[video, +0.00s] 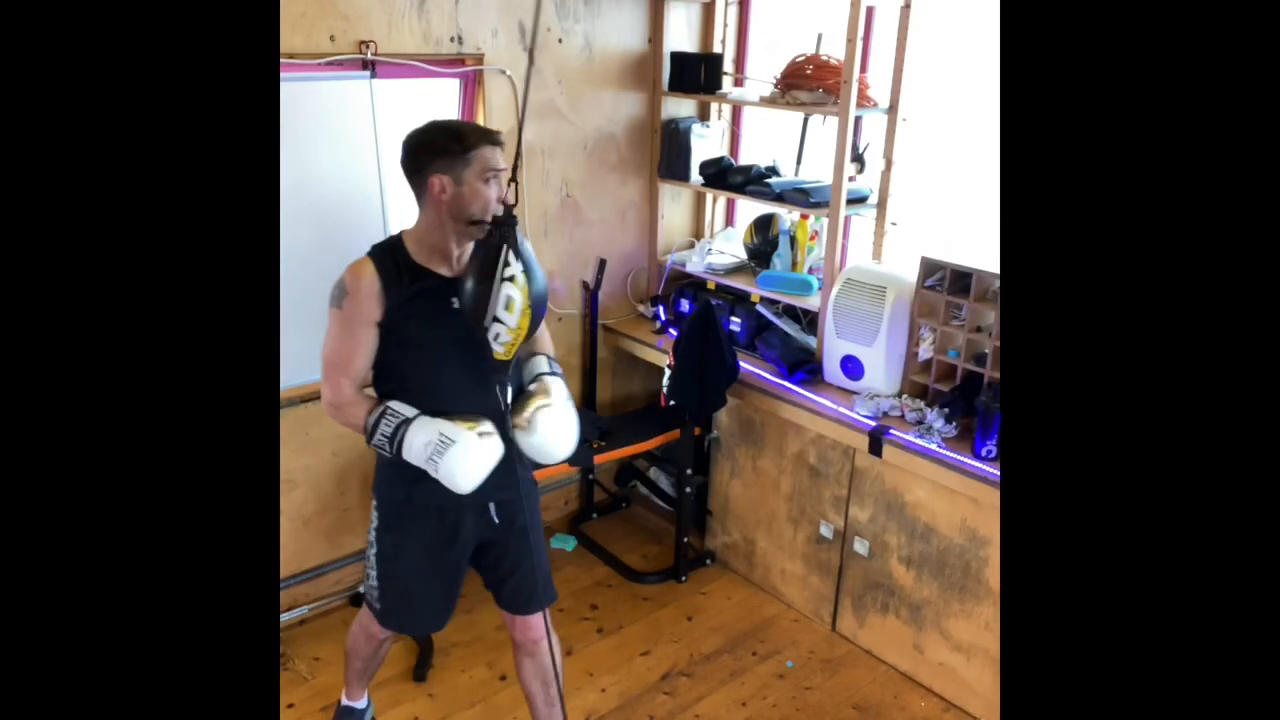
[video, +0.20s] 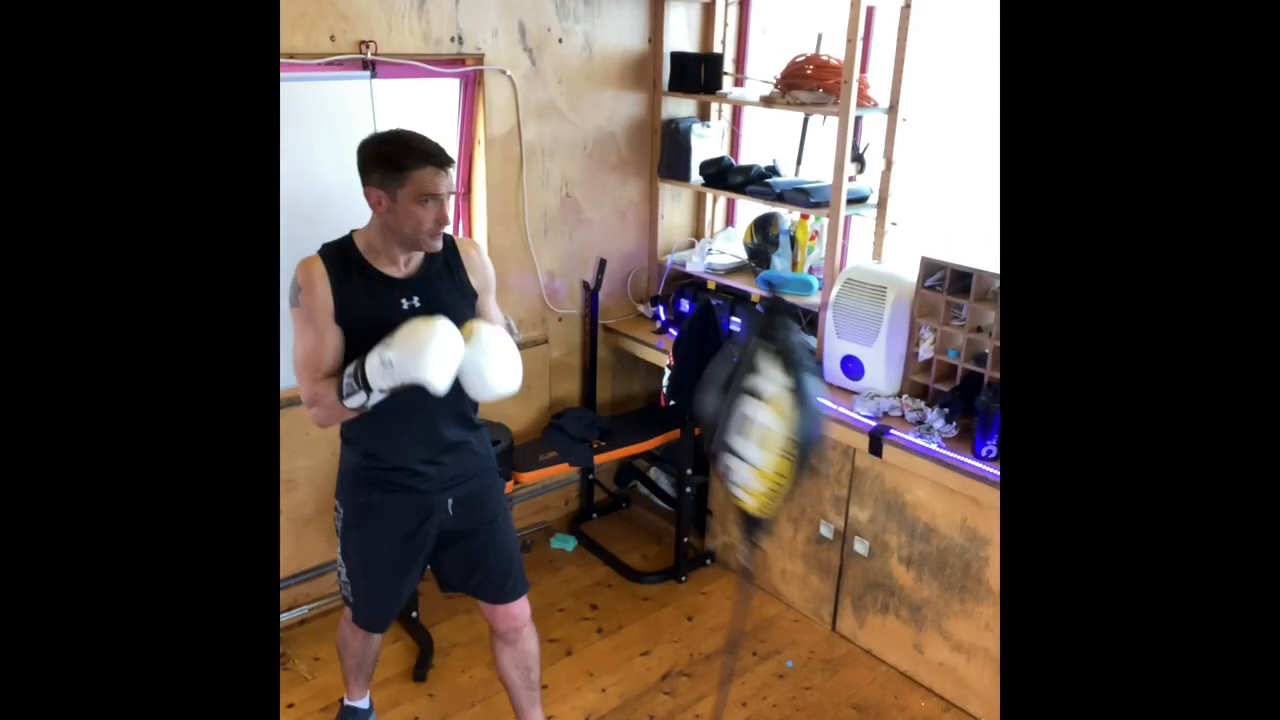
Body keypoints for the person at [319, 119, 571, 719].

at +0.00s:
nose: (505, 194)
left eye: (504, 178)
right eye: (491, 179)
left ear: (447, 188)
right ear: (440, 188)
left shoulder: (505, 257)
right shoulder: (369, 282)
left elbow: (532, 336)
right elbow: (341, 393)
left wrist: (545, 387)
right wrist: (416, 436)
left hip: (504, 469)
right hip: (416, 479)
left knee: (533, 625)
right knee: (383, 619)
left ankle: (552, 718)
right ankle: (353, 708)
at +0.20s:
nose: (445, 216)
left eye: (449, 197)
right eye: (427, 200)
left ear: (454, 194)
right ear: (378, 201)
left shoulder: (467, 258)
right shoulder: (323, 276)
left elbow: (497, 344)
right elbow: (320, 405)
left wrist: (496, 357)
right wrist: (380, 370)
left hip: (468, 472)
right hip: (380, 485)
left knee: (514, 615)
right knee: (368, 620)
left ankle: (534, 717)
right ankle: (357, 707)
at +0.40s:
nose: (439, 223)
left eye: (447, 205)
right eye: (422, 209)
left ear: (455, 197)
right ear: (378, 204)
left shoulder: (470, 250)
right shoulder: (337, 262)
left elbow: (488, 333)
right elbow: (346, 388)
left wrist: (492, 330)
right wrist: (390, 336)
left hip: (463, 462)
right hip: (380, 476)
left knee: (497, 603)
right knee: (361, 610)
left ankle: (508, 706)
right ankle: (357, 706)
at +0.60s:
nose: (467, 226)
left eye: (474, 209)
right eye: (448, 211)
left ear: (482, 198)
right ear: (405, 204)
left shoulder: (489, 241)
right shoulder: (368, 257)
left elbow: (517, 310)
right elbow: (423, 356)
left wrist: (539, 315)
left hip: (469, 451)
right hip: (390, 461)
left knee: (490, 586)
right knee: (365, 602)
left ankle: (507, 703)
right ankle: (355, 703)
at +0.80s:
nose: (470, 245)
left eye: (477, 225)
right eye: (451, 229)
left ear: (486, 215)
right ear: (409, 221)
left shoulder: (480, 243)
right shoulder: (349, 272)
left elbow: (495, 309)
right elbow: (342, 398)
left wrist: (514, 325)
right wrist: (423, 362)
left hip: (465, 457)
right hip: (386, 469)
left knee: (489, 588)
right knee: (364, 617)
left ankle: (506, 704)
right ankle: (345, 713)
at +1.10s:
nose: (441, 263)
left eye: (445, 246)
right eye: (424, 249)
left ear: (452, 237)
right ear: (372, 240)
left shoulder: (448, 263)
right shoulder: (304, 280)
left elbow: (468, 369)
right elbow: (286, 402)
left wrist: (468, 349)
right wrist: (344, 370)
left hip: (431, 460)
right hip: (347, 471)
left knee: (467, 587)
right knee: (339, 612)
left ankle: (495, 702)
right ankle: (341, 713)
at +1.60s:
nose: (432, 217)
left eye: (434, 200)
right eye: (416, 203)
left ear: (439, 194)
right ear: (363, 201)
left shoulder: (455, 251)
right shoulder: (303, 261)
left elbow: (489, 353)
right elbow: (286, 366)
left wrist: (448, 416)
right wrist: (295, 338)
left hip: (444, 451)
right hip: (355, 461)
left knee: (477, 593)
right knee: (350, 613)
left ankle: (497, 703)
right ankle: (347, 713)